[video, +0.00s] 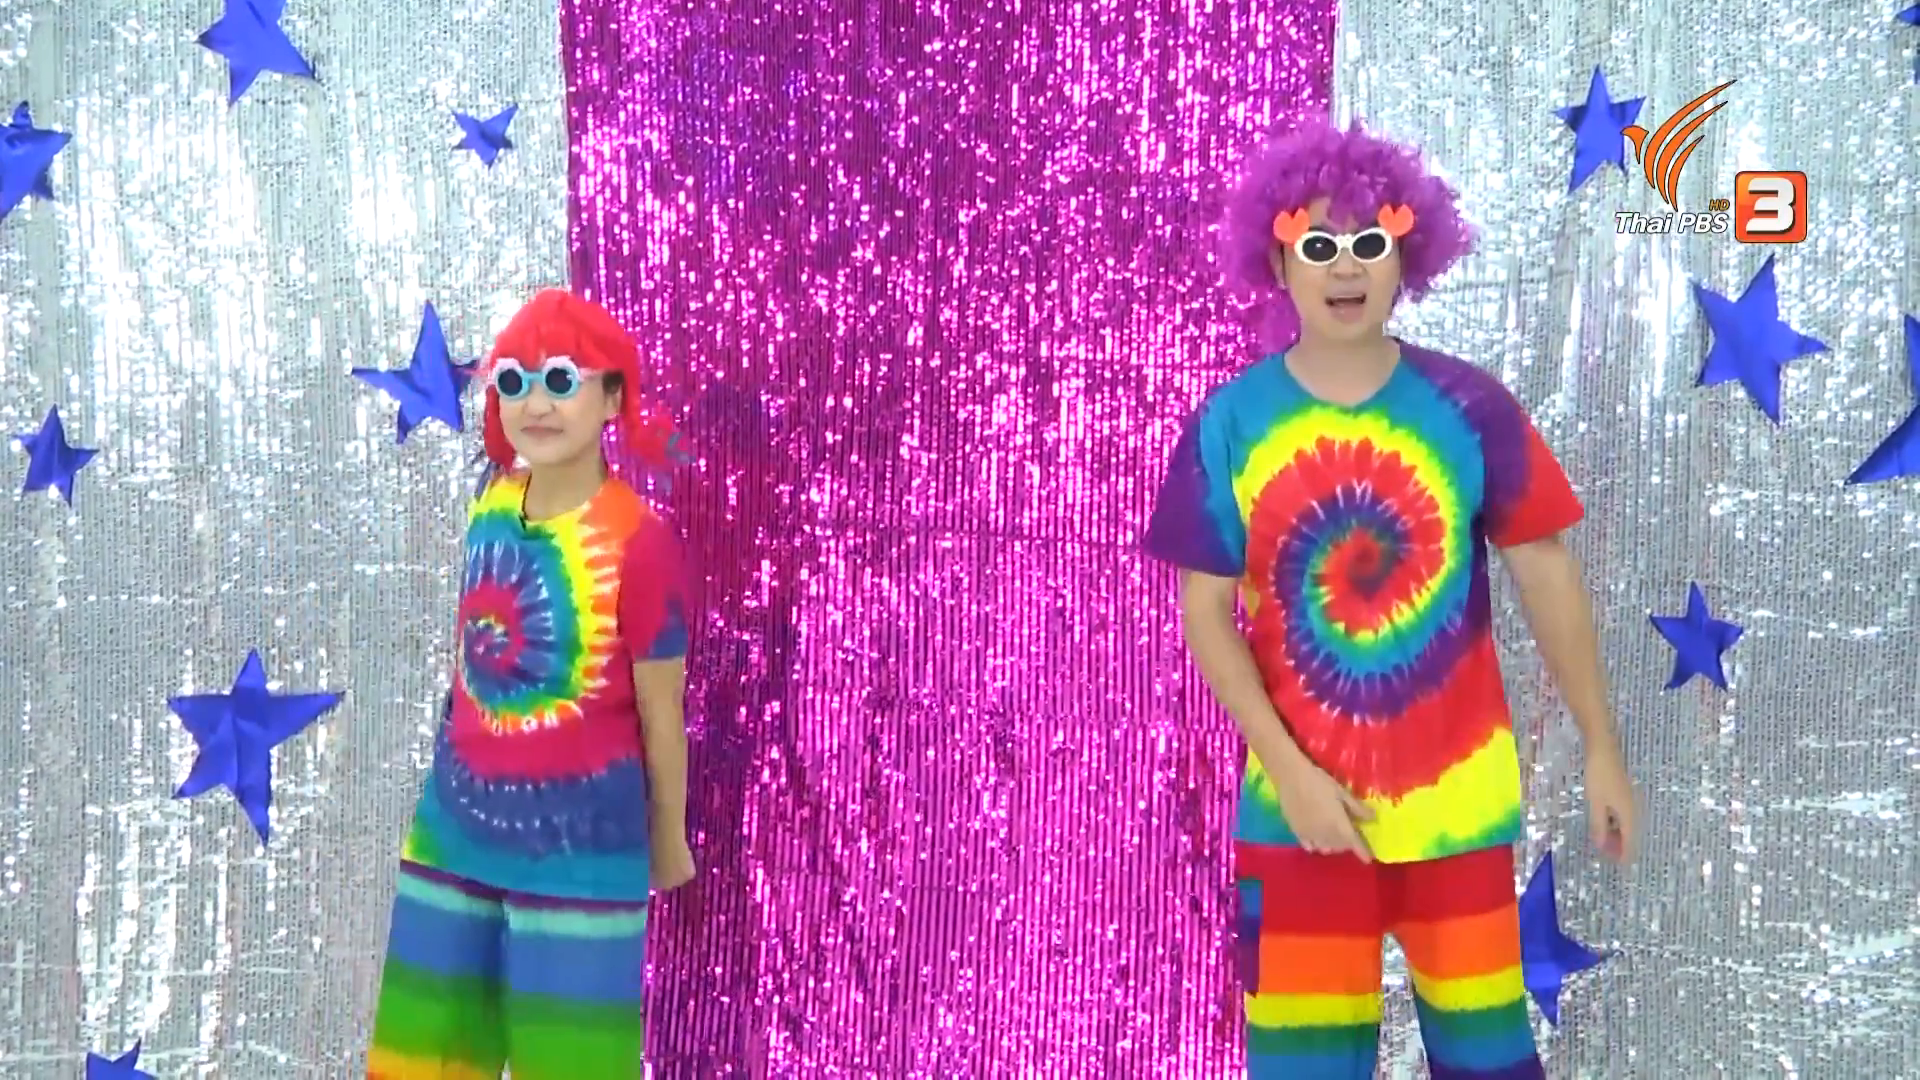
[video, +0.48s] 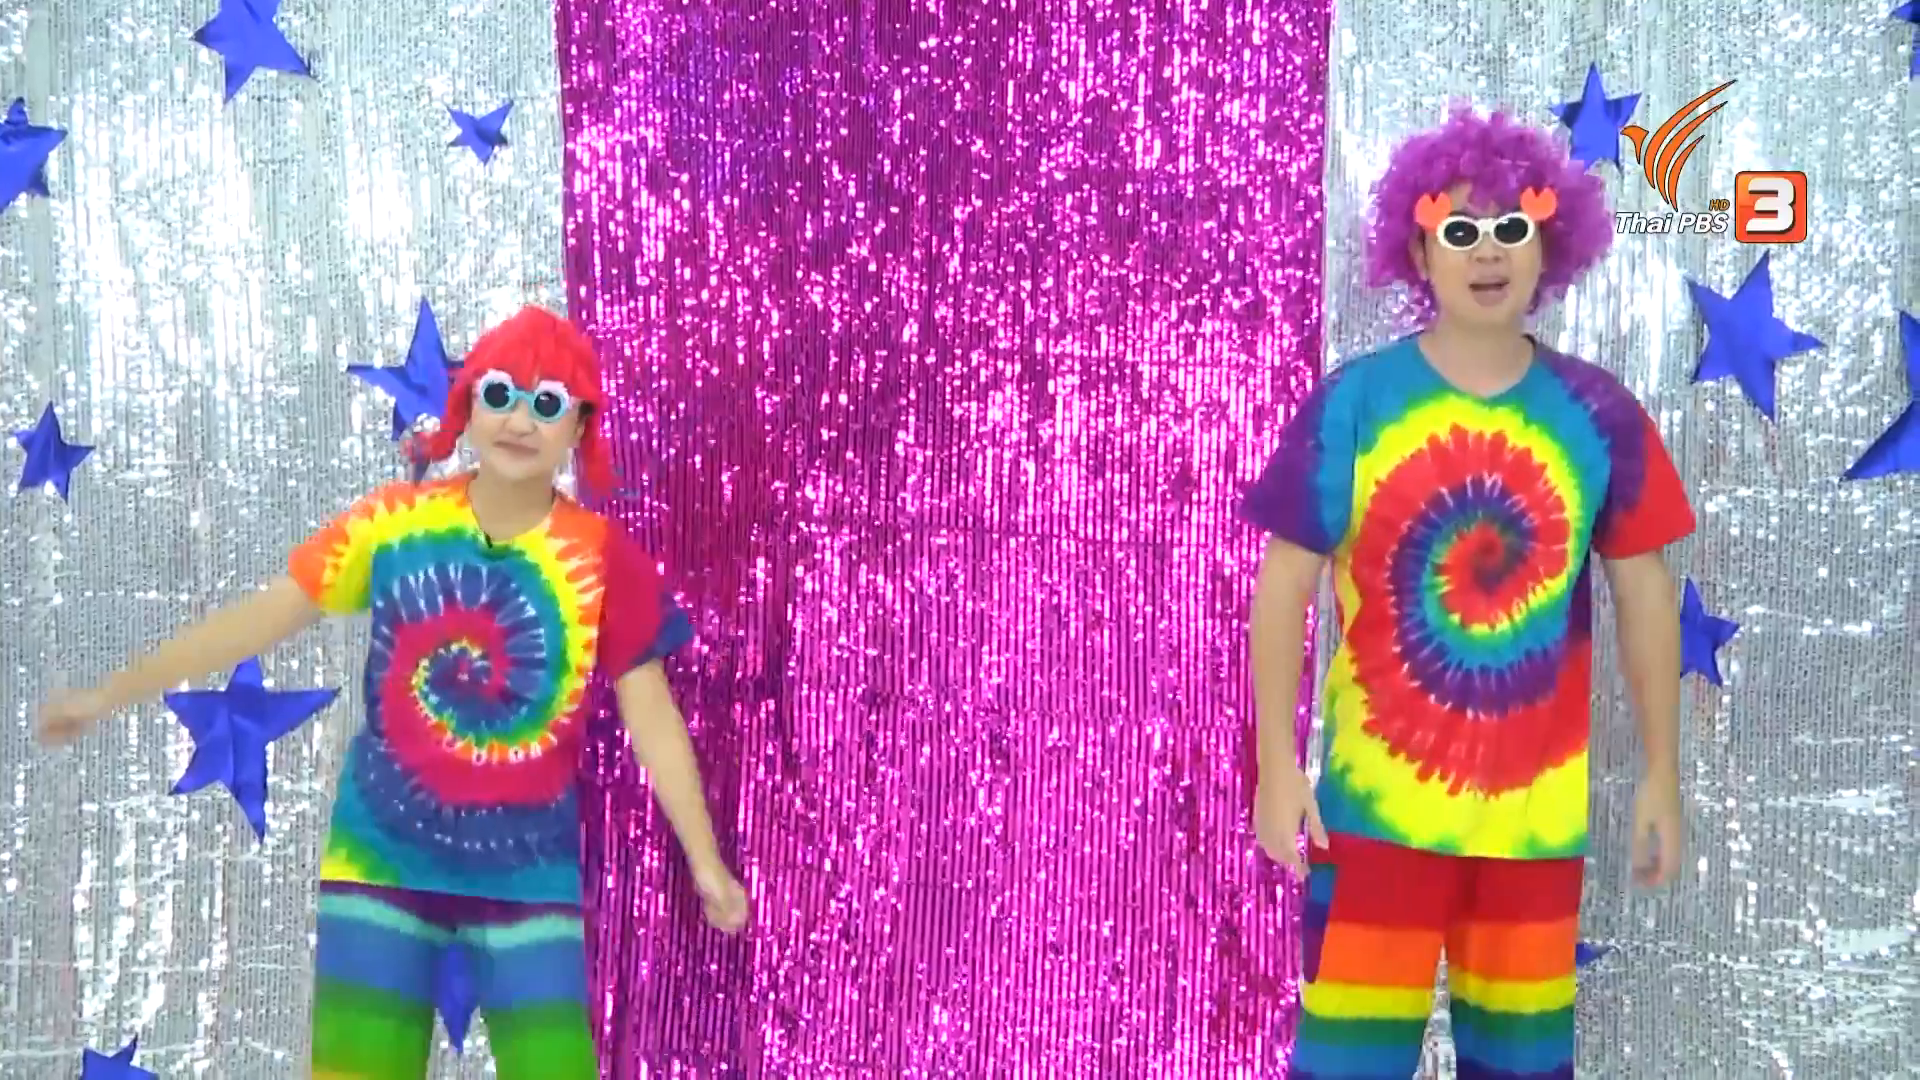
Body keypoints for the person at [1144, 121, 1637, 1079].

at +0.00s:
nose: (1346, 267)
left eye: (1369, 244)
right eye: (1319, 247)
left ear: (1404, 260)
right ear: (1281, 266)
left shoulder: (1473, 405)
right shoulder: (1231, 424)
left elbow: (1546, 573)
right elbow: (1206, 615)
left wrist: (1602, 749)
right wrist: (1286, 766)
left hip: (1457, 800)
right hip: (1301, 805)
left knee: (1487, 1054)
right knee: (1306, 1061)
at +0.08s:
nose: (1366, 280)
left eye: (1389, 258)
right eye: (1339, 261)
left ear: (1422, 273)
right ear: (1301, 277)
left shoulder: (1488, 417)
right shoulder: (1249, 431)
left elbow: (1538, 591)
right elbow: (1217, 622)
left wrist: (1578, 770)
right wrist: (1298, 778)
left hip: (1469, 814)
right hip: (1311, 814)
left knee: (1492, 1056)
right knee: (1305, 1061)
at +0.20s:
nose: (1403, 297)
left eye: (1426, 274)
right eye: (1376, 278)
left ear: (1461, 290)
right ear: (1339, 299)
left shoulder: (1522, 441)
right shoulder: (1282, 447)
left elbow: (1545, 632)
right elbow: (1249, 644)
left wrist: (1551, 808)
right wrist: (1288, 823)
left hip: (1491, 847)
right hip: (1334, 851)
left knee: (1505, 1065)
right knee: (1309, 1068)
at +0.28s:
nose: (1433, 281)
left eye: (1455, 258)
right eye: (1405, 261)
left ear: (1491, 275)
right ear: (1366, 284)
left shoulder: (1547, 433)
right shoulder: (1307, 431)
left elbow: (1568, 624)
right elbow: (1276, 626)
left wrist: (1576, 806)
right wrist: (1274, 807)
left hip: (1503, 834)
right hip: (1348, 833)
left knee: (1506, 1065)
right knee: (1326, 1064)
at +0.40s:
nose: (1469, 257)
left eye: (1492, 234)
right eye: (1442, 236)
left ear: (1528, 254)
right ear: (1403, 258)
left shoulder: (1582, 414)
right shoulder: (1338, 405)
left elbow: (1621, 601)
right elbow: (1284, 591)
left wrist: (1627, 775)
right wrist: (1269, 775)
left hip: (1524, 812)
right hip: (1366, 807)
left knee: (1514, 1061)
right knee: (1350, 1058)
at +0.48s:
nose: (1487, 253)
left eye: (1511, 229)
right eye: (1460, 231)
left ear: (1547, 251)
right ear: (1421, 254)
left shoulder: (1602, 413)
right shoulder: (1353, 401)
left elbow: (1645, 593)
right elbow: (1286, 581)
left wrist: (1660, 774)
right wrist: (1277, 765)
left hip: (1536, 811)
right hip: (1378, 804)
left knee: (1525, 1062)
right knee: (1352, 1058)